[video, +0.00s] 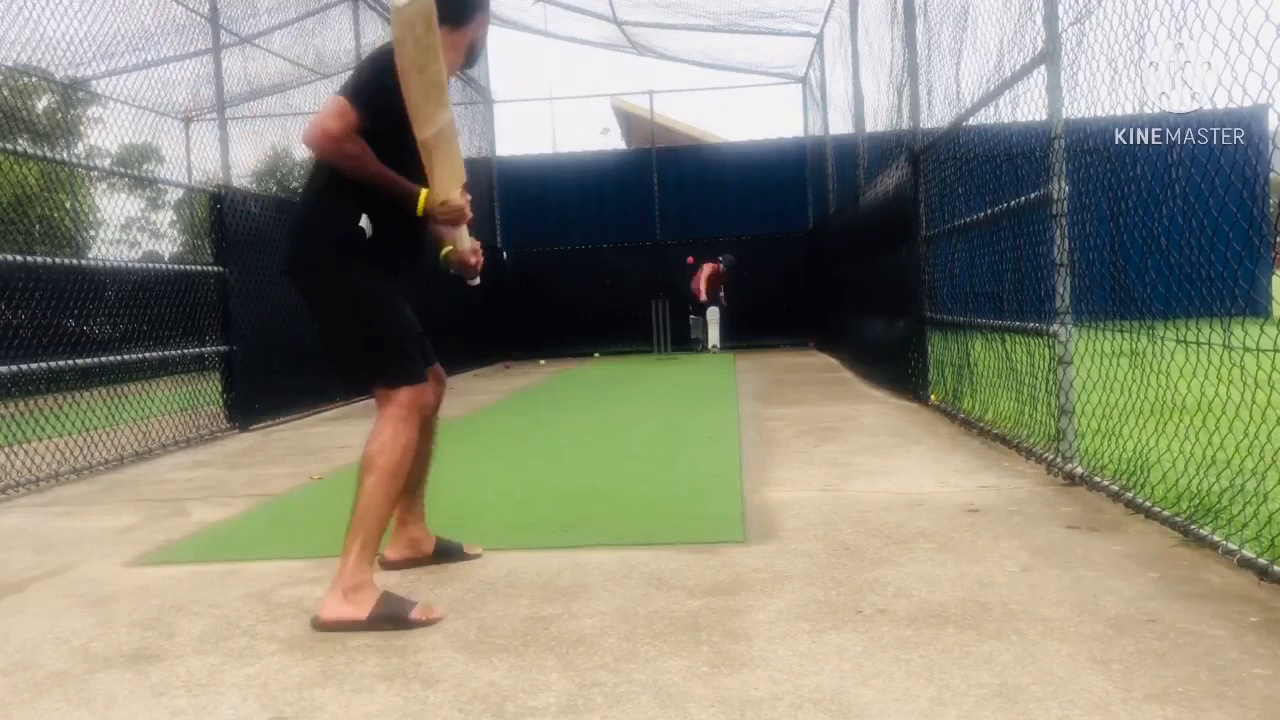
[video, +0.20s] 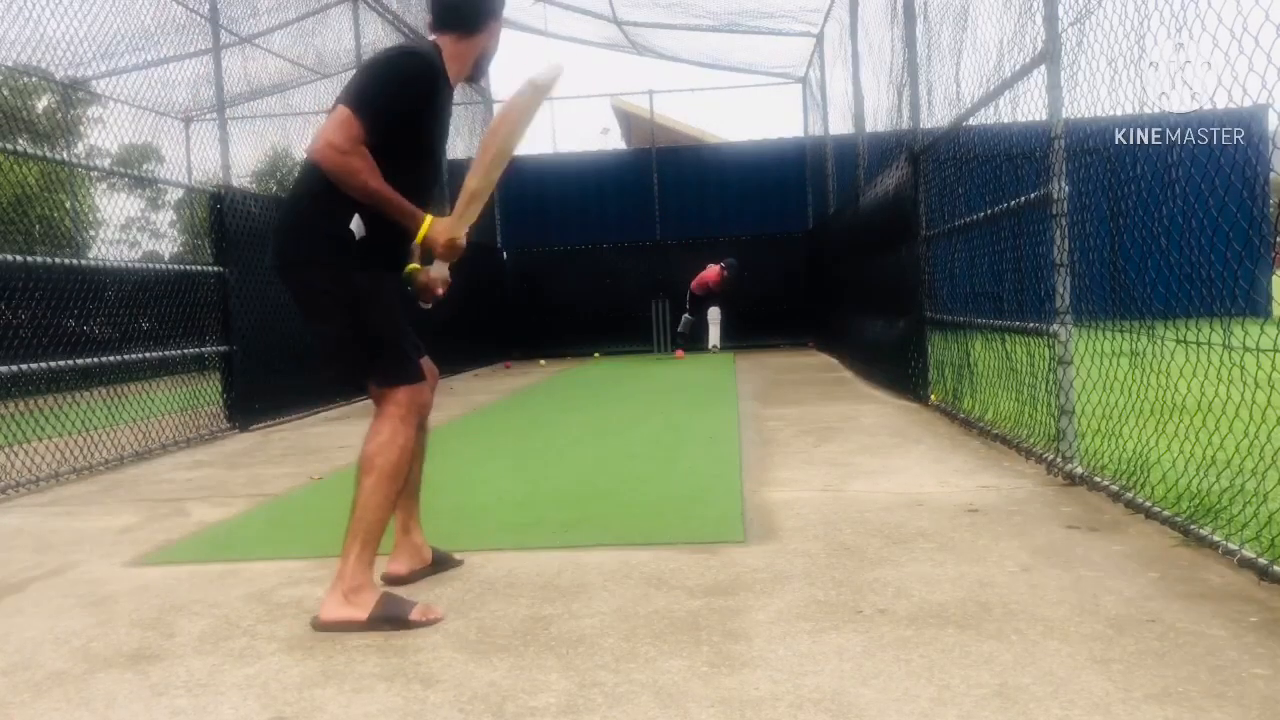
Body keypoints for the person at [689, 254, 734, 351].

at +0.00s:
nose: (724, 269)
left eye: (726, 268)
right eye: (724, 266)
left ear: (727, 267)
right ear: (720, 263)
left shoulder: (721, 273)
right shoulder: (709, 267)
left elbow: (720, 287)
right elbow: (703, 279)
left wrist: (722, 299)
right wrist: (703, 294)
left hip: (709, 292)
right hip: (697, 291)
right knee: (698, 315)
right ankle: (697, 340)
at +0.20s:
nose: (728, 275)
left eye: (729, 274)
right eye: (727, 273)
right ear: (723, 269)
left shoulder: (718, 268)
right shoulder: (714, 278)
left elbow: (710, 266)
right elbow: (717, 290)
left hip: (708, 292)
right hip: (695, 292)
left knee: (714, 313)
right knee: (691, 315)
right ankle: (681, 336)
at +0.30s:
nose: (727, 269)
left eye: (729, 267)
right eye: (727, 266)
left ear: (730, 267)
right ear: (722, 263)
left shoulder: (725, 274)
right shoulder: (712, 273)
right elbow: (710, 290)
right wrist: (724, 296)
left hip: (709, 292)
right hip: (696, 290)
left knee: (713, 315)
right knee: (690, 315)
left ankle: (714, 341)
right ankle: (680, 339)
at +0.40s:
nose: (725, 262)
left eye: (727, 260)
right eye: (724, 259)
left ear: (728, 261)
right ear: (719, 257)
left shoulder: (723, 269)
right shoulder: (708, 267)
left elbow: (721, 280)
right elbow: (703, 286)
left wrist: (722, 288)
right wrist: (714, 299)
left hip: (710, 290)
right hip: (694, 289)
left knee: (712, 314)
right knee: (689, 316)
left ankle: (714, 345)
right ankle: (684, 343)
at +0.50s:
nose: (721, 254)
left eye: (723, 252)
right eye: (719, 251)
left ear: (725, 254)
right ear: (714, 250)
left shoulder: (722, 266)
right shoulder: (704, 260)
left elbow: (720, 283)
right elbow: (694, 275)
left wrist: (723, 294)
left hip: (710, 292)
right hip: (695, 290)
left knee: (711, 315)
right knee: (690, 317)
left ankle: (714, 345)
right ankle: (690, 345)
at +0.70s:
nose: (709, 246)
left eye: (711, 244)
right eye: (707, 243)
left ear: (714, 245)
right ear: (703, 243)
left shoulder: (715, 259)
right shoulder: (694, 255)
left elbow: (716, 277)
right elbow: (684, 269)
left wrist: (719, 289)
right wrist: (689, 272)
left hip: (707, 290)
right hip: (693, 290)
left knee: (710, 316)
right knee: (691, 318)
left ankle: (714, 344)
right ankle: (693, 346)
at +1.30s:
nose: (696, 248)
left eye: (699, 245)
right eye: (694, 245)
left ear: (704, 245)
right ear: (692, 247)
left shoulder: (714, 259)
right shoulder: (690, 261)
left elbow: (721, 275)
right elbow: (688, 278)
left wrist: (717, 283)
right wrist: (687, 275)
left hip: (710, 292)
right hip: (696, 293)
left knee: (716, 314)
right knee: (690, 317)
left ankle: (725, 343)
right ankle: (693, 346)